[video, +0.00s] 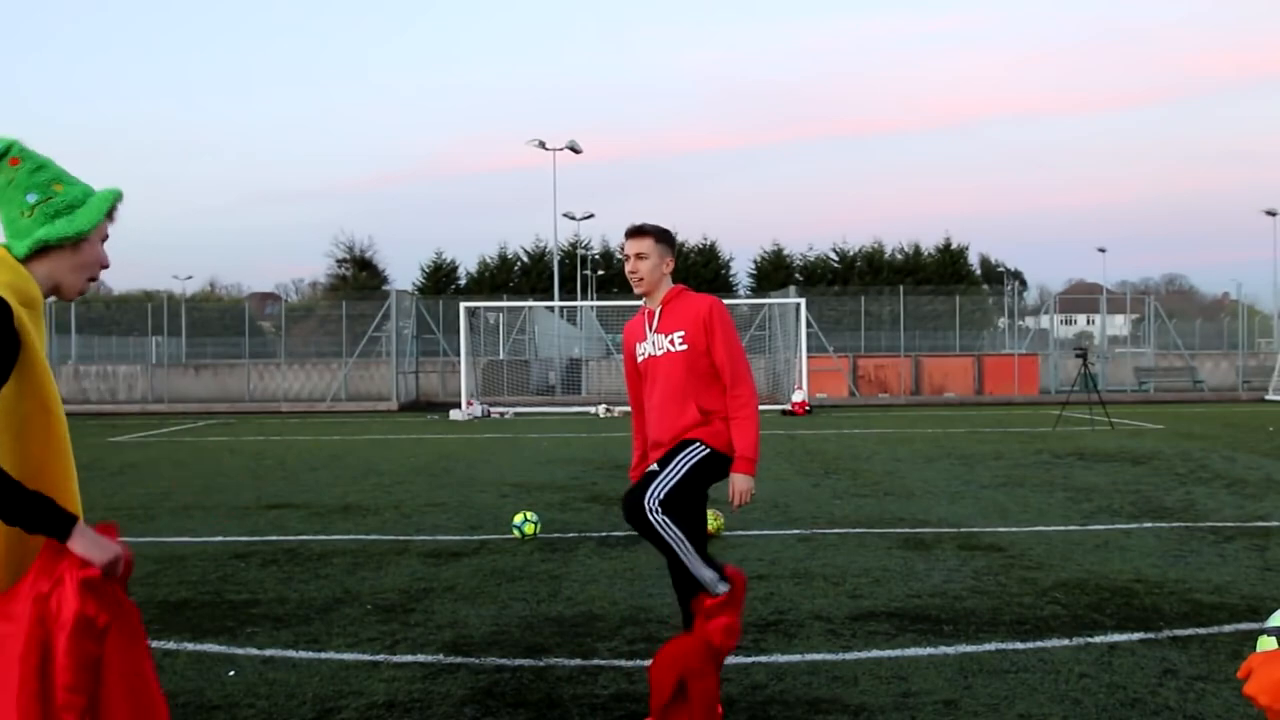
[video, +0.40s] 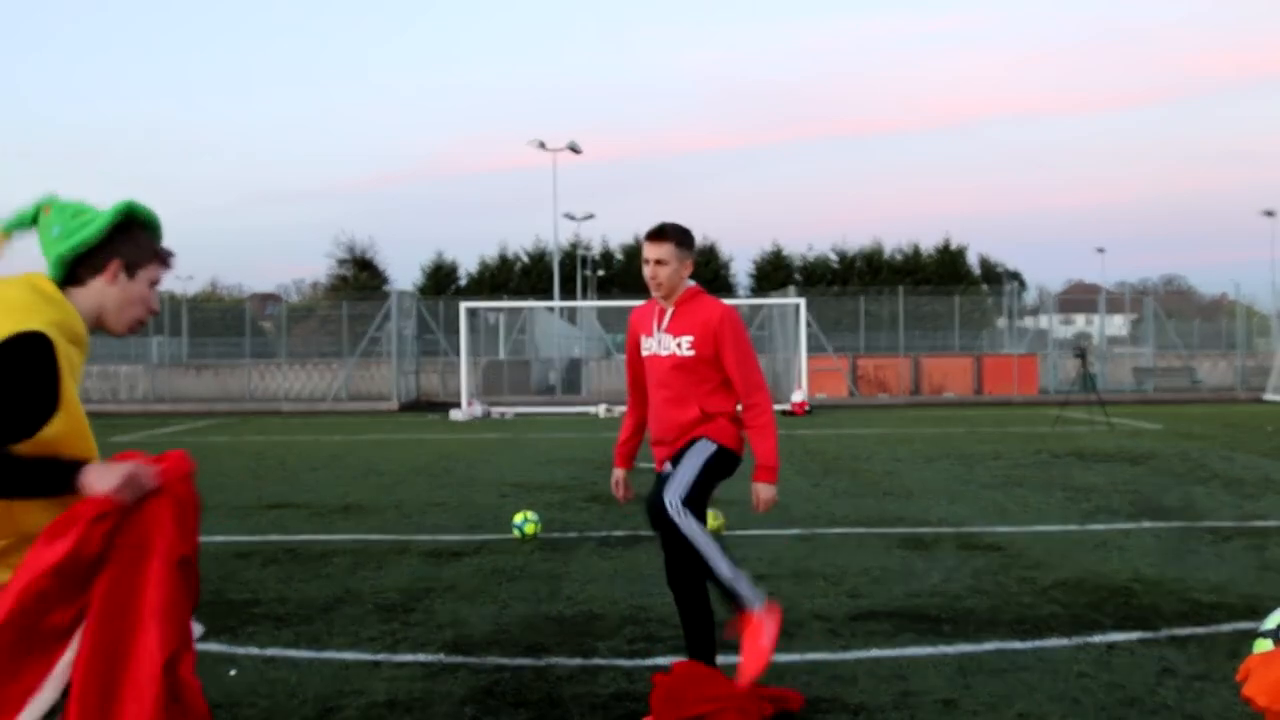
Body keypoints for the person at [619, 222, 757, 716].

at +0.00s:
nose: (631, 267)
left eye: (640, 258)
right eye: (627, 259)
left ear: (667, 262)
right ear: (627, 267)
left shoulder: (706, 310)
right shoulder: (633, 330)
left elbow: (741, 389)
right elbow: (640, 410)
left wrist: (744, 465)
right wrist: (639, 472)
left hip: (707, 438)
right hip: (663, 451)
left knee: (644, 503)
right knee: (681, 555)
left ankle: (719, 587)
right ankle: (701, 659)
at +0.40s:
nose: (651, 272)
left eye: (661, 263)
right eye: (646, 263)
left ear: (688, 265)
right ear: (642, 265)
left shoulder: (718, 316)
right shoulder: (641, 319)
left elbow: (755, 395)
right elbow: (637, 399)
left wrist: (767, 471)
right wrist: (623, 460)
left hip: (714, 438)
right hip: (671, 450)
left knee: (669, 503)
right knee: (682, 569)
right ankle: (702, 670)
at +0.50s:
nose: (653, 270)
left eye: (663, 261)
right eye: (648, 261)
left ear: (691, 263)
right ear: (645, 264)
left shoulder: (723, 315)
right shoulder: (643, 318)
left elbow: (760, 395)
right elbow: (633, 398)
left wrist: (769, 472)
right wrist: (617, 462)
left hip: (714, 450)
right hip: (669, 456)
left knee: (683, 549)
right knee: (679, 563)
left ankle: (739, 677)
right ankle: (702, 672)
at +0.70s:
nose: (674, 265)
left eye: (685, 256)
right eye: (671, 255)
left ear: (714, 264)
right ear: (667, 259)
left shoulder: (740, 327)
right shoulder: (652, 317)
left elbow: (765, 413)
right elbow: (629, 399)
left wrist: (776, 491)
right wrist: (604, 466)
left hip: (713, 484)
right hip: (663, 481)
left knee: (695, 601)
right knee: (659, 589)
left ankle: (710, 710)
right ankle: (704, 687)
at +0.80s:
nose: (685, 272)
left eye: (695, 263)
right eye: (682, 263)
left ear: (726, 267)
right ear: (679, 266)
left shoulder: (756, 338)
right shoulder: (673, 316)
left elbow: (773, 426)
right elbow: (655, 399)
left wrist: (776, 509)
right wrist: (630, 461)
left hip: (702, 492)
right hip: (651, 476)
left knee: (691, 604)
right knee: (588, 546)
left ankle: (708, 710)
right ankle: (636, 642)